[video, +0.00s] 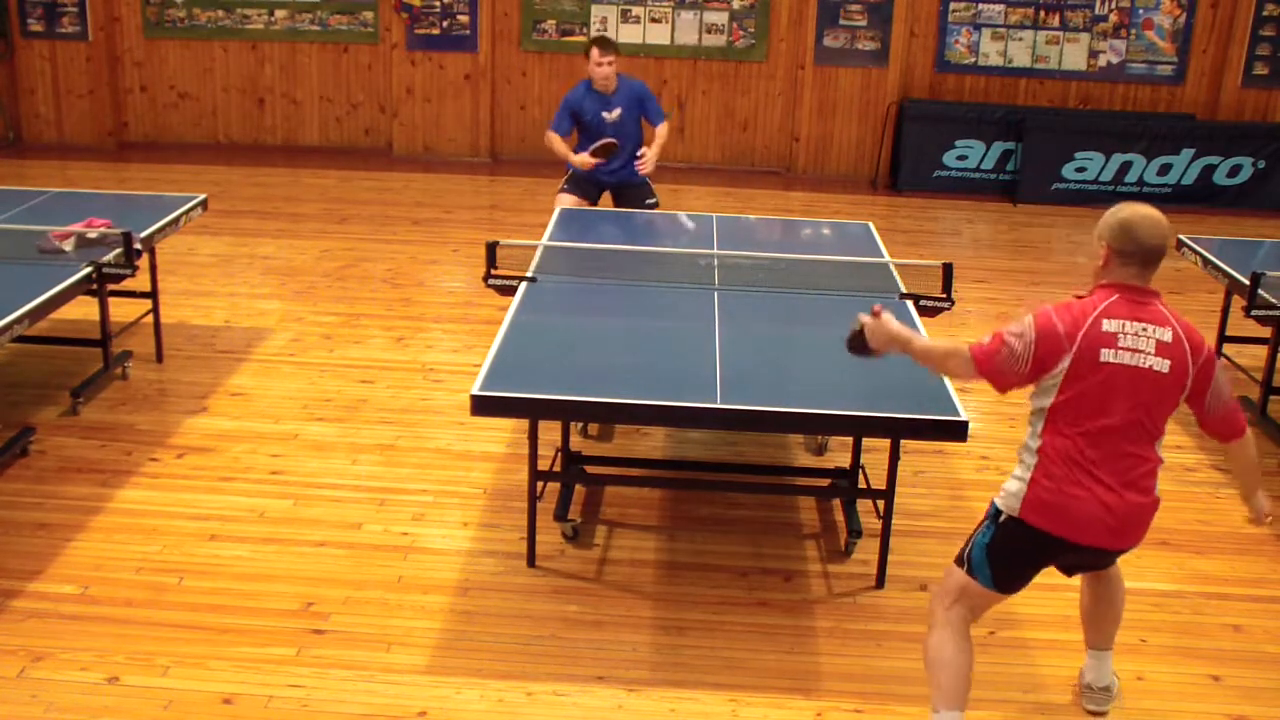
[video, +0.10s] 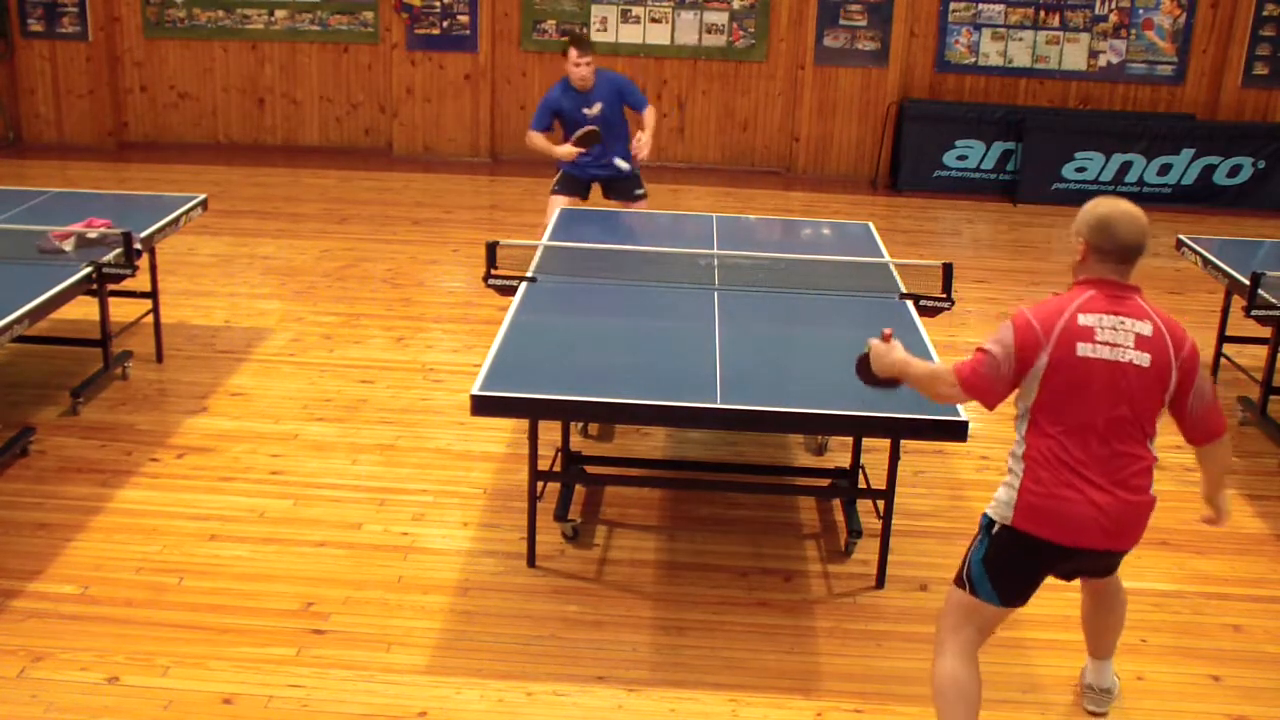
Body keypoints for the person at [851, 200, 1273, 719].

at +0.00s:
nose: (1091, 250)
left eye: (1095, 242)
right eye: (1098, 240)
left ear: (1103, 253)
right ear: (1160, 262)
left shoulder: (1069, 320)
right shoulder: (1187, 341)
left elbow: (973, 362)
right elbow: (1234, 431)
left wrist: (901, 340)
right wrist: (1255, 497)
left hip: (1042, 508)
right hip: (1124, 518)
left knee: (952, 606)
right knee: (1099, 561)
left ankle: (946, 714)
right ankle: (1099, 679)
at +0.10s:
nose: (1070, 243)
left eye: (1073, 237)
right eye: (1074, 234)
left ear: (1082, 248)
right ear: (1139, 255)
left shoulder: (1044, 321)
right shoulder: (1172, 338)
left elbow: (956, 385)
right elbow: (1210, 434)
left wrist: (899, 364)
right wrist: (1216, 494)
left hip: (1034, 514)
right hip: (1118, 521)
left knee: (959, 635)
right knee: (1101, 576)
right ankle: (1101, 679)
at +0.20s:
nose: (1041, 237)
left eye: (1044, 229)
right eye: (1044, 226)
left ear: (1054, 242)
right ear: (1111, 246)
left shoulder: (1022, 317)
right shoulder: (1155, 324)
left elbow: (952, 396)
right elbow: (1182, 417)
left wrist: (897, 390)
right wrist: (1154, 464)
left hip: (1036, 518)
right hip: (1122, 519)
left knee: (956, 639)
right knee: (1099, 589)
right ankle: (1114, 699)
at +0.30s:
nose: (1014, 240)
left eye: (1017, 232)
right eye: (1016, 230)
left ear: (1027, 246)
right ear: (1085, 248)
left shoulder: (1013, 331)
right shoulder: (1127, 319)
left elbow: (952, 433)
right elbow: (1153, 393)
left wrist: (901, 433)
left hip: (1046, 530)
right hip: (1128, 526)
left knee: (949, 649)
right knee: (1094, 611)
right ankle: (1142, 716)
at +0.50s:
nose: (977, 295)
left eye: (980, 287)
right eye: (980, 285)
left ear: (996, 303)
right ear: (1050, 294)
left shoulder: (1028, 387)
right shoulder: (1080, 340)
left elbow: (1012, 504)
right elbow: (1040, 373)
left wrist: (925, 546)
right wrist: (991, 383)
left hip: (1066, 573)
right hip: (1124, 551)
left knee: (927, 660)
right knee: (1095, 639)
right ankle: (1146, 718)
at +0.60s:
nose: (948, 308)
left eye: (952, 300)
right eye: (950, 298)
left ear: (975, 314)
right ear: (1024, 302)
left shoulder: (1013, 400)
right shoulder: (1055, 340)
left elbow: (998, 511)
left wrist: (895, 531)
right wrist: (993, 372)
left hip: (1059, 574)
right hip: (1114, 546)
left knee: (917, 664)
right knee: (1108, 649)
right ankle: (1154, 719)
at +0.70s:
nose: (922, 312)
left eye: (928, 304)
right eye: (923, 302)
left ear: (960, 317)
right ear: (1003, 306)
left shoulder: (976, 397)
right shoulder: (1048, 345)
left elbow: (906, 491)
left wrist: (816, 461)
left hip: (1031, 586)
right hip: (1098, 558)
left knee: (895, 675)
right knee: (1106, 655)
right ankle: (1142, 718)